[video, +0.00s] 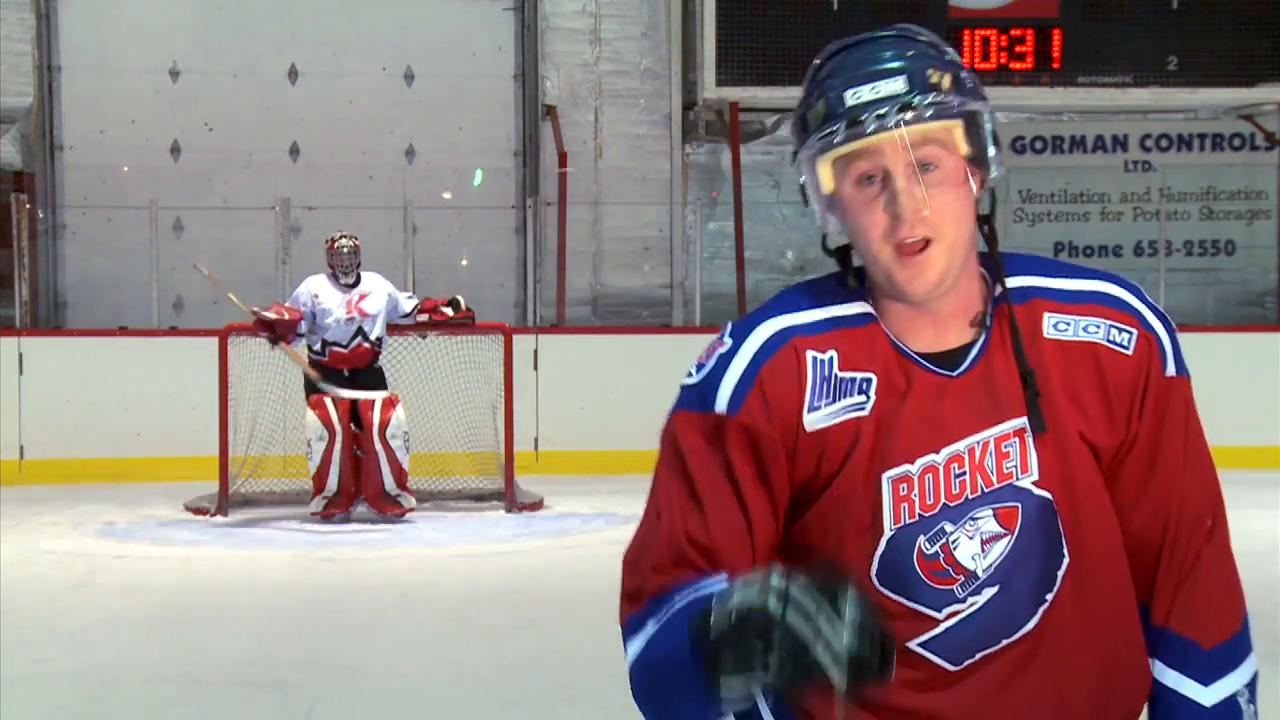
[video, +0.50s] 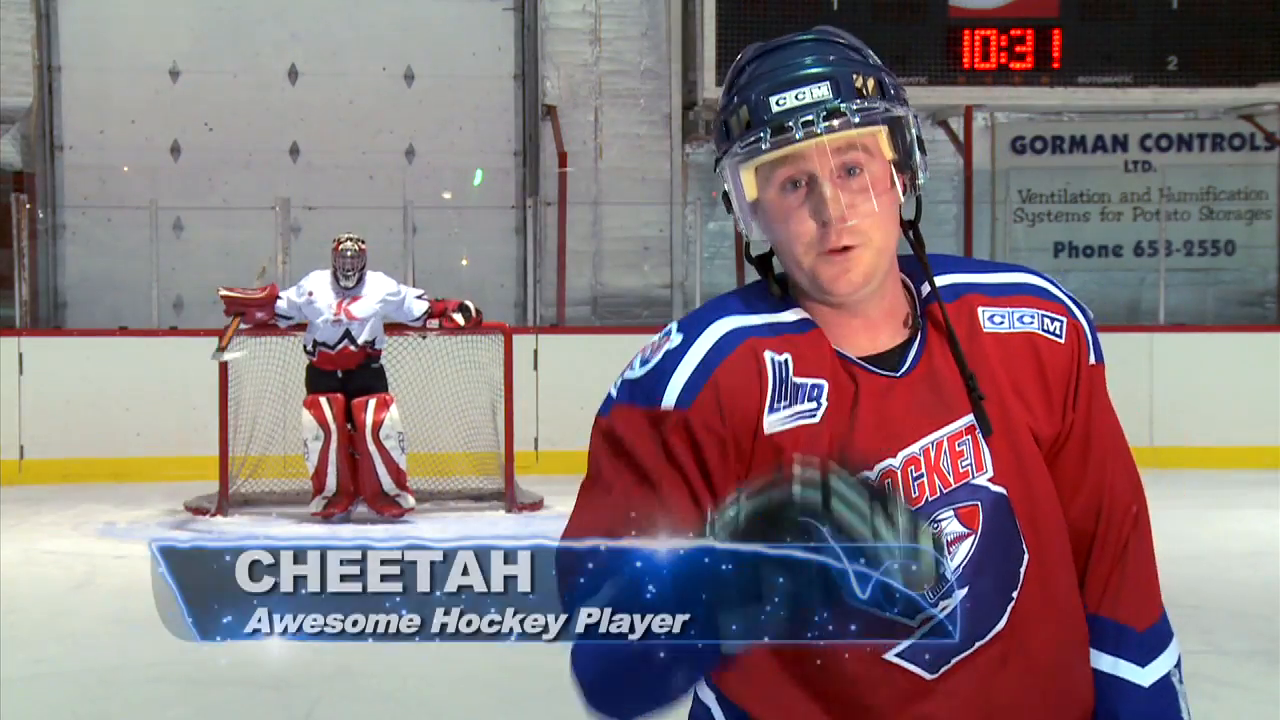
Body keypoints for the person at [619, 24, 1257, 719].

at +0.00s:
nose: (906, 209)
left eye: (927, 166)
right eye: (868, 180)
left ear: (976, 174)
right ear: (830, 207)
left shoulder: (1118, 335)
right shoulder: (763, 372)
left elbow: (1196, 600)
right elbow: (665, 618)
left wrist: (1207, 710)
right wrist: (747, 633)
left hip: (1096, 707)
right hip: (867, 706)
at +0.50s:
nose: (833, 208)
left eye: (853, 166)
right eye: (793, 182)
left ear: (901, 177)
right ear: (751, 212)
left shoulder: (1039, 325)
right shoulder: (682, 389)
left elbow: (1124, 603)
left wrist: (1144, 711)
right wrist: (755, 581)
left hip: (1047, 708)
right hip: (801, 712)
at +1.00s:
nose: (815, 201)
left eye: (837, 163)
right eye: (779, 180)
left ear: (889, 180)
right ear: (741, 221)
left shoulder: (1036, 314)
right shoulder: (689, 413)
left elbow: (1139, 527)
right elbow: (626, 689)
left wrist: (1187, 698)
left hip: (1052, 710)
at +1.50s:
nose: (840, 209)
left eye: (868, 171)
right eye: (805, 183)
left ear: (921, 185)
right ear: (771, 216)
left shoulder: (1063, 316)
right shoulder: (710, 413)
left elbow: (1229, 501)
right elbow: (621, 684)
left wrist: (1272, 648)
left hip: (1056, 702)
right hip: (821, 711)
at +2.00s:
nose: (884, 174)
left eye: (911, 140)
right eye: (849, 151)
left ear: (961, 163)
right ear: (810, 186)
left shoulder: (1084, 327)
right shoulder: (740, 368)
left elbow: (1208, 578)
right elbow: (633, 652)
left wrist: (1264, 701)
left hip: (1062, 707)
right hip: (819, 713)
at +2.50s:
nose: (884, 176)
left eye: (911, 144)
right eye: (851, 153)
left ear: (959, 170)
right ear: (812, 187)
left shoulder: (1080, 327)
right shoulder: (747, 368)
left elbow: (1198, 581)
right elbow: (635, 645)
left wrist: (1268, 700)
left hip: (1068, 708)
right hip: (828, 715)